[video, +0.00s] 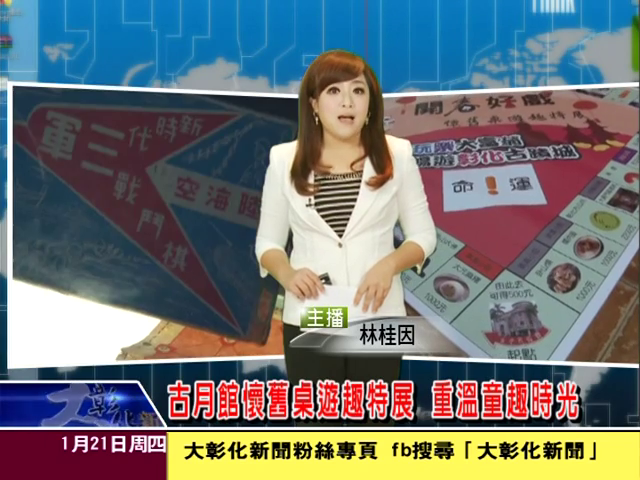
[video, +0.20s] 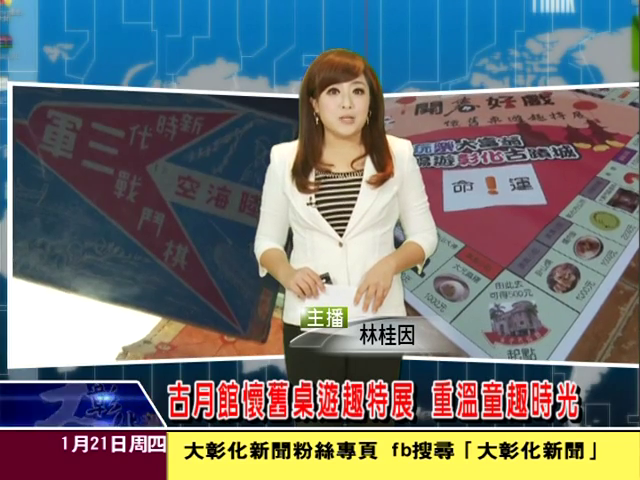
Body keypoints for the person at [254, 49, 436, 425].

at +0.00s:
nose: (347, 102)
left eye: (358, 91)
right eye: (334, 91)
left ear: (370, 102)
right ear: (313, 103)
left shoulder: (395, 155)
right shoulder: (286, 159)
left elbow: (423, 236)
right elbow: (267, 242)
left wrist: (389, 265)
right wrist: (290, 274)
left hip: (377, 325)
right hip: (308, 324)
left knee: (375, 441)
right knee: (314, 440)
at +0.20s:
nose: (347, 103)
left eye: (358, 92)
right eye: (334, 92)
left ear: (371, 101)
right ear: (314, 103)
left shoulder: (396, 155)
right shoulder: (286, 159)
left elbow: (424, 236)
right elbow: (267, 242)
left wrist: (389, 264)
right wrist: (289, 274)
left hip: (378, 324)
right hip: (308, 323)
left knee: (375, 440)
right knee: (313, 439)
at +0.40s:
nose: (346, 104)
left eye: (357, 92)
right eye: (332, 93)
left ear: (371, 101)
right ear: (313, 104)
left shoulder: (396, 155)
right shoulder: (287, 159)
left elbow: (424, 237)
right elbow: (268, 242)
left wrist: (389, 265)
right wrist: (290, 274)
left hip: (378, 324)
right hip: (308, 323)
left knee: (374, 440)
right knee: (313, 439)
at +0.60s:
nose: (344, 104)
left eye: (356, 92)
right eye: (331, 93)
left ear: (370, 102)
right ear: (312, 105)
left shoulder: (396, 155)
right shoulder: (287, 159)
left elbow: (424, 237)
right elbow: (268, 242)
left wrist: (389, 265)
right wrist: (289, 274)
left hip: (378, 324)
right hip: (308, 324)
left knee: (374, 440)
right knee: (313, 439)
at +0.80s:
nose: (344, 104)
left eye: (355, 92)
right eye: (330, 94)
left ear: (369, 101)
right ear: (311, 104)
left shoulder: (395, 154)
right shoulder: (287, 159)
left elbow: (424, 236)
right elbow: (266, 242)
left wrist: (389, 265)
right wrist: (289, 275)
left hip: (377, 324)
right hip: (308, 323)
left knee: (375, 440)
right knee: (313, 440)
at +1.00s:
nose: (343, 104)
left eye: (354, 92)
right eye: (330, 94)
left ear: (369, 101)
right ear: (311, 105)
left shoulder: (395, 155)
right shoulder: (286, 160)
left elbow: (424, 236)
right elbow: (265, 242)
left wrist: (389, 264)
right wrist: (289, 276)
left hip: (377, 325)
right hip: (308, 324)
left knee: (376, 441)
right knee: (313, 440)